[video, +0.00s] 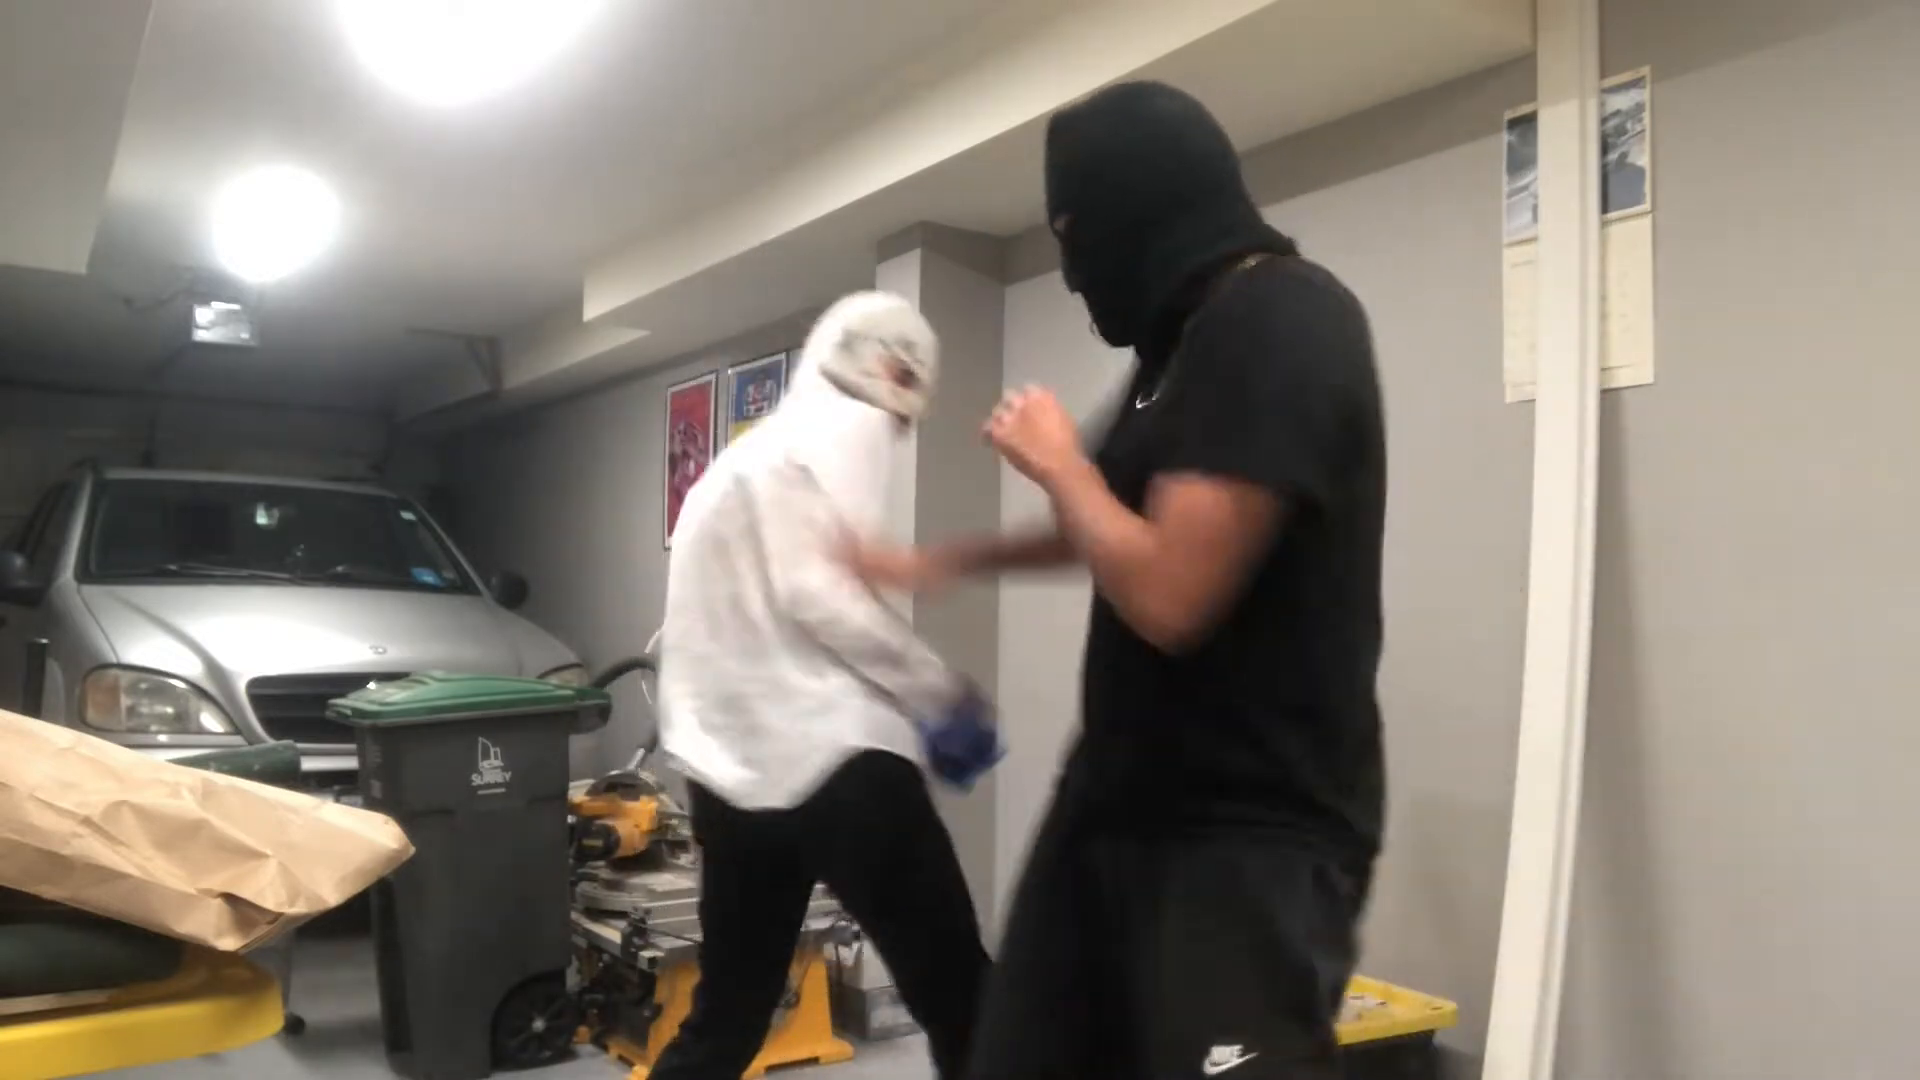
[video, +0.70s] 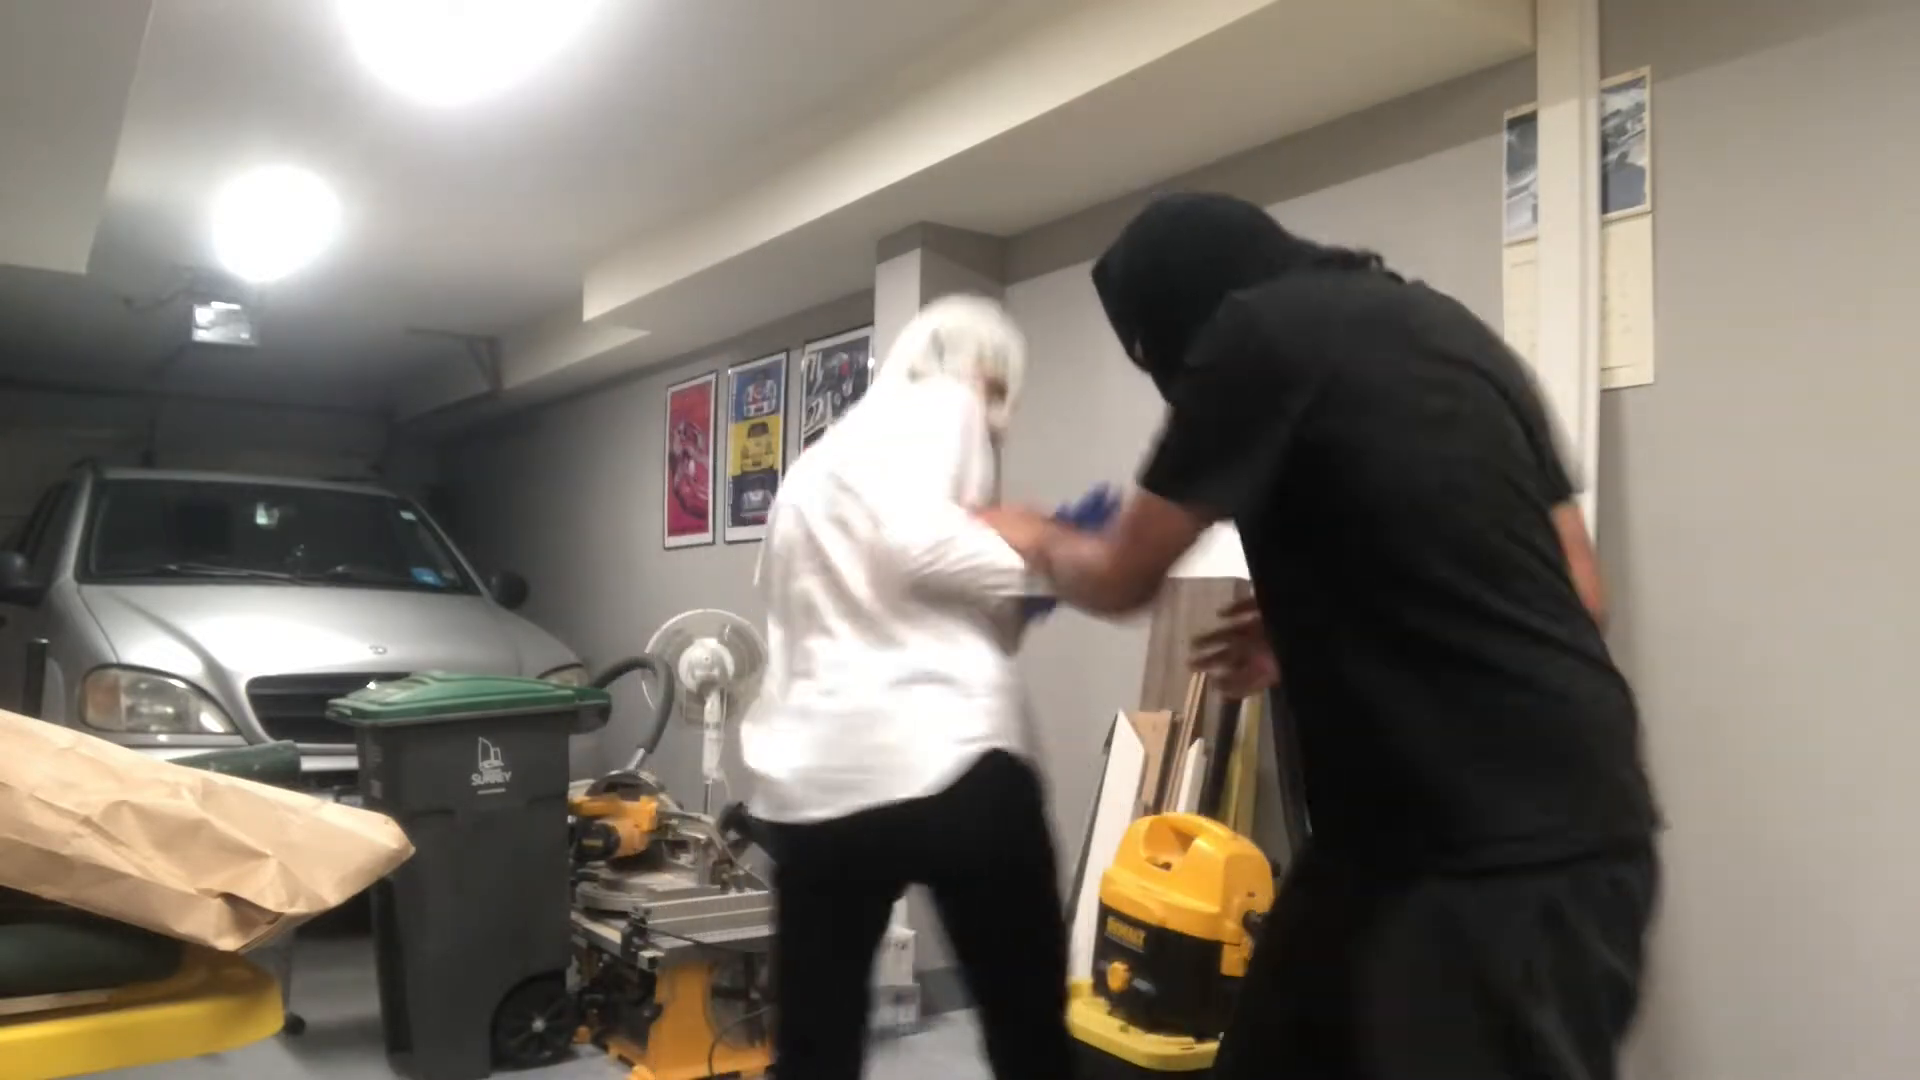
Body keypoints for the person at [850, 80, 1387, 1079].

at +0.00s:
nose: (1062, 261)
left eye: (1071, 226)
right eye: (1058, 232)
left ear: (1142, 206)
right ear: (1152, 208)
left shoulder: (1277, 316)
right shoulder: (1194, 338)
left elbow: (1173, 595)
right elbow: (1109, 532)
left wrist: (1065, 467)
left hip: (1243, 834)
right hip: (1127, 809)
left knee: (1222, 1063)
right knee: (1024, 1052)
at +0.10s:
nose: (1078, 260)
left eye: (1081, 227)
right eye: (1074, 230)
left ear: (1123, 213)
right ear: (1213, 192)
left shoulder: (1206, 293)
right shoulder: (1294, 300)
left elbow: (1035, 540)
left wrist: (999, 442)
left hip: (1273, 833)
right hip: (1170, 815)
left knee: (1265, 1063)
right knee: (1071, 1062)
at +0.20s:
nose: (1106, 290)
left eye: (1108, 264)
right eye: (1103, 267)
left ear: (1136, 249)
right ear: (1245, 223)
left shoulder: (1167, 330)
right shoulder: (1398, 360)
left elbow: (1024, 528)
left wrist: (952, 559)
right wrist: (1378, 632)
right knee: (1125, 1064)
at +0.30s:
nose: (1139, 322)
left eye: (1138, 295)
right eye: (1134, 299)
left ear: (1162, 266)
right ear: (1268, 233)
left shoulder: (1221, 327)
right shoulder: (1450, 368)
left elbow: (1070, 544)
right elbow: (1527, 614)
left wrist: (1026, 574)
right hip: (1454, 883)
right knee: (1176, 1064)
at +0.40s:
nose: (1159, 331)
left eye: (1156, 296)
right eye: (1149, 302)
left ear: (1190, 261)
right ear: (1261, 221)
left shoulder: (1301, 282)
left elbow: (1150, 556)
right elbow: (1329, 627)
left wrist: (1083, 593)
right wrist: (1171, 578)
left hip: (1414, 867)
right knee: (1186, 1064)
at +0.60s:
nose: (1162, 359)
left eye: (1149, 322)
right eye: (1141, 331)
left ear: (1186, 270)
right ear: (1223, 234)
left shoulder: (1307, 281)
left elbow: (1268, 560)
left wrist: (1146, 538)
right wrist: (1176, 581)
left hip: (1468, 817)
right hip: (1367, 808)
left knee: (1393, 1061)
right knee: (1260, 1060)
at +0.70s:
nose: (1167, 379)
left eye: (1157, 353)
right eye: (1152, 362)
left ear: (1183, 305)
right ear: (1265, 251)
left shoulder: (1257, 337)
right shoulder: (1455, 333)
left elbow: (1119, 580)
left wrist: (1043, 543)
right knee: (1268, 1064)